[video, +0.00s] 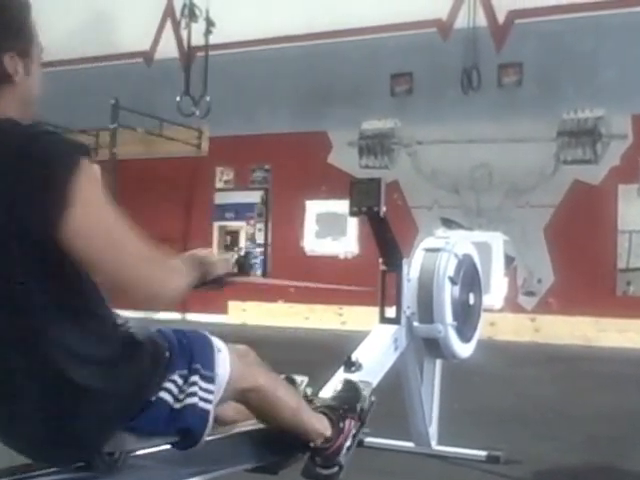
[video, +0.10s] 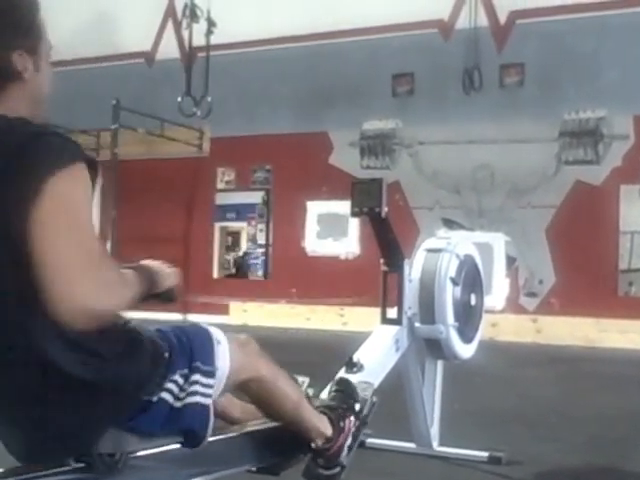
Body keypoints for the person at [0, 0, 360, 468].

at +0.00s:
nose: (40, 81)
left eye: (38, 65)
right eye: (38, 65)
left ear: (7, 66)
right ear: (11, 67)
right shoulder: (42, 157)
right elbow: (157, 287)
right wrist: (196, 264)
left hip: (10, 396)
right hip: (73, 387)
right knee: (242, 363)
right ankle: (324, 432)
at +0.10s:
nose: (49, 77)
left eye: (47, 62)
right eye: (46, 61)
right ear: (21, 63)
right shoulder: (40, 151)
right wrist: (145, 275)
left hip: (11, 382)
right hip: (61, 384)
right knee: (246, 355)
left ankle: (258, 421)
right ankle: (324, 433)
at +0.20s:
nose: (76, 73)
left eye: (73, 58)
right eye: (72, 58)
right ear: (47, 61)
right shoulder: (61, 147)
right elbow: (79, 289)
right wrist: (151, 268)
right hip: (61, 384)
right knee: (252, 340)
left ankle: (253, 422)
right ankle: (324, 435)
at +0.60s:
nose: (233, 99)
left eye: (230, 87)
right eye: (229, 87)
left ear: (158, 100)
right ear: (214, 98)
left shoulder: (126, 165)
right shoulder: (246, 172)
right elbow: (340, 264)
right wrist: (354, 251)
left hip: (131, 388)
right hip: (212, 389)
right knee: (320, 272)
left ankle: (288, 398)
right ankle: (338, 434)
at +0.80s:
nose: (286, 119)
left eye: (283, 109)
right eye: (283, 110)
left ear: (212, 121)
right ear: (272, 118)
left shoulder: (186, 175)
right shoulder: (292, 178)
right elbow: (370, 242)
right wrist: (399, 265)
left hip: (185, 380)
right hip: (267, 381)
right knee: (338, 259)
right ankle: (341, 426)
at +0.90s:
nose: (300, 125)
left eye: (297, 115)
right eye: (297, 115)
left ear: (228, 124)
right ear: (288, 123)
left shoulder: (201, 177)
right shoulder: (300, 179)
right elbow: (382, 238)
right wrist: (410, 261)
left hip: (195, 376)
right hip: (274, 381)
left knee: (302, 242)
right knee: (347, 260)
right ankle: (343, 423)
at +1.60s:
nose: (105, 78)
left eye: (102, 62)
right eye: (101, 62)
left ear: (8, 70)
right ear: (79, 64)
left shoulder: (6, 153)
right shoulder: (105, 155)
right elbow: (193, 287)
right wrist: (235, 260)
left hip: (77, 406)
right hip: (151, 381)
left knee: (276, 398)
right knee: (295, 353)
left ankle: (349, 417)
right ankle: (373, 426)